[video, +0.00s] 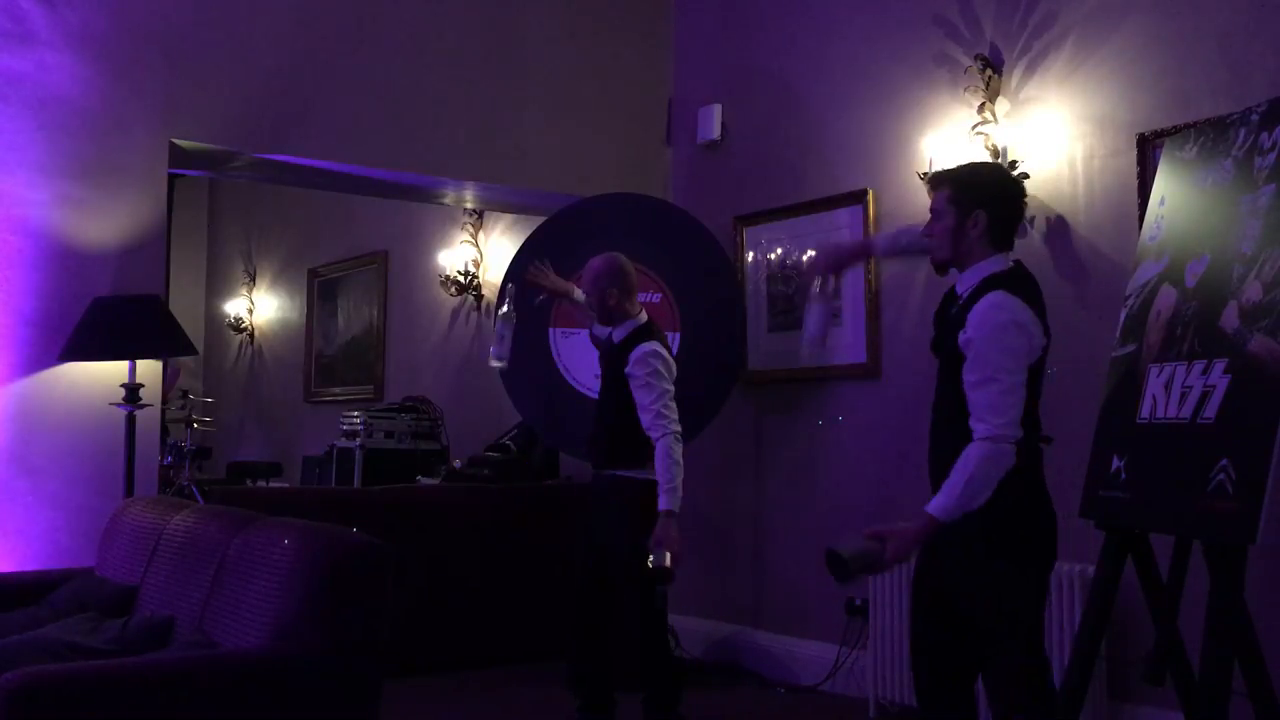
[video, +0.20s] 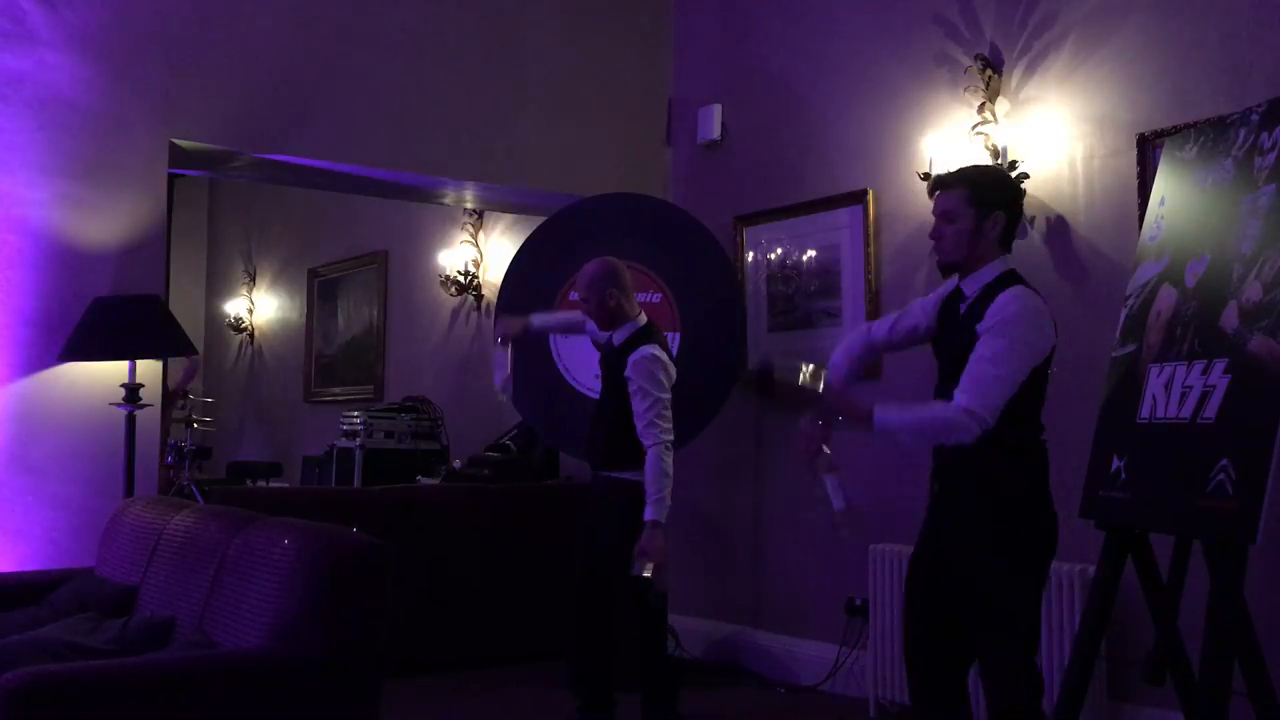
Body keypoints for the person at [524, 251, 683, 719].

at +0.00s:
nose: (588, 302)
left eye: (593, 294)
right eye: (587, 295)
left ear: (614, 296)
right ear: (622, 296)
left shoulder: (646, 352)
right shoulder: (615, 336)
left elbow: (668, 434)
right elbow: (593, 308)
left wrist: (668, 514)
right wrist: (560, 285)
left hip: (636, 494)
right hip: (611, 490)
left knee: (638, 614)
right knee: (606, 606)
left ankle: (657, 707)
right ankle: (599, 701)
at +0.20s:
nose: (583, 311)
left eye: (586, 301)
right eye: (581, 303)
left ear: (611, 300)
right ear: (618, 298)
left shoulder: (645, 359)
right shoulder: (620, 336)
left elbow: (659, 444)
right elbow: (580, 320)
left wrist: (655, 523)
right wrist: (526, 322)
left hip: (631, 495)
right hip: (609, 490)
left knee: (629, 609)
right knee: (606, 603)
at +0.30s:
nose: (586, 311)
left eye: (591, 302)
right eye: (585, 301)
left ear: (613, 300)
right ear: (613, 301)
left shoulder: (655, 357)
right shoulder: (611, 343)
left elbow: (649, 446)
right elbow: (562, 359)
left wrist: (619, 515)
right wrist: (515, 393)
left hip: (642, 495)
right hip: (609, 486)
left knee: (633, 603)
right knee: (601, 597)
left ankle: (655, 701)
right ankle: (596, 696)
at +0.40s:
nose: (598, 312)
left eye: (606, 303)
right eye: (596, 304)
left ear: (633, 299)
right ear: (598, 302)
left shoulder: (667, 355)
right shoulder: (600, 344)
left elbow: (647, 433)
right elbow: (567, 404)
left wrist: (592, 473)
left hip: (648, 492)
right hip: (601, 486)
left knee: (643, 603)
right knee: (595, 599)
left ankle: (662, 702)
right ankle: (595, 700)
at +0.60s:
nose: (608, 305)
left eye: (618, 296)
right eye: (603, 296)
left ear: (642, 294)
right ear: (599, 296)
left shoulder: (672, 352)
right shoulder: (594, 346)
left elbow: (659, 431)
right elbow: (568, 411)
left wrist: (631, 378)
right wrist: (610, 430)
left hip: (645, 489)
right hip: (595, 488)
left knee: (645, 599)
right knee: (592, 598)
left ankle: (663, 701)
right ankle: (594, 700)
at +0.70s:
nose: (606, 305)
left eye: (616, 296)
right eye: (603, 296)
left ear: (641, 295)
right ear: (599, 297)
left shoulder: (668, 352)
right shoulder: (592, 345)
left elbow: (658, 430)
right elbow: (555, 406)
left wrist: (641, 373)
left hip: (641, 490)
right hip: (591, 487)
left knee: (641, 598)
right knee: (589, 596)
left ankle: (659, 701)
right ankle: (591, 699)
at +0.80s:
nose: (616, 301)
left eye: (625, 293)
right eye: (611, 293)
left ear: (648, 294)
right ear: (605, 297)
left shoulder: (668, 352)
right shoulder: (603, 347)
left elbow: (651, 428)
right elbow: (561, 399)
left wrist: (617, 389)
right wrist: (543, 361)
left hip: (640, 489)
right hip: (596, 485)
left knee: (638, 599)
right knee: (592, 596)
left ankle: (658, 702)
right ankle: (593, 698)